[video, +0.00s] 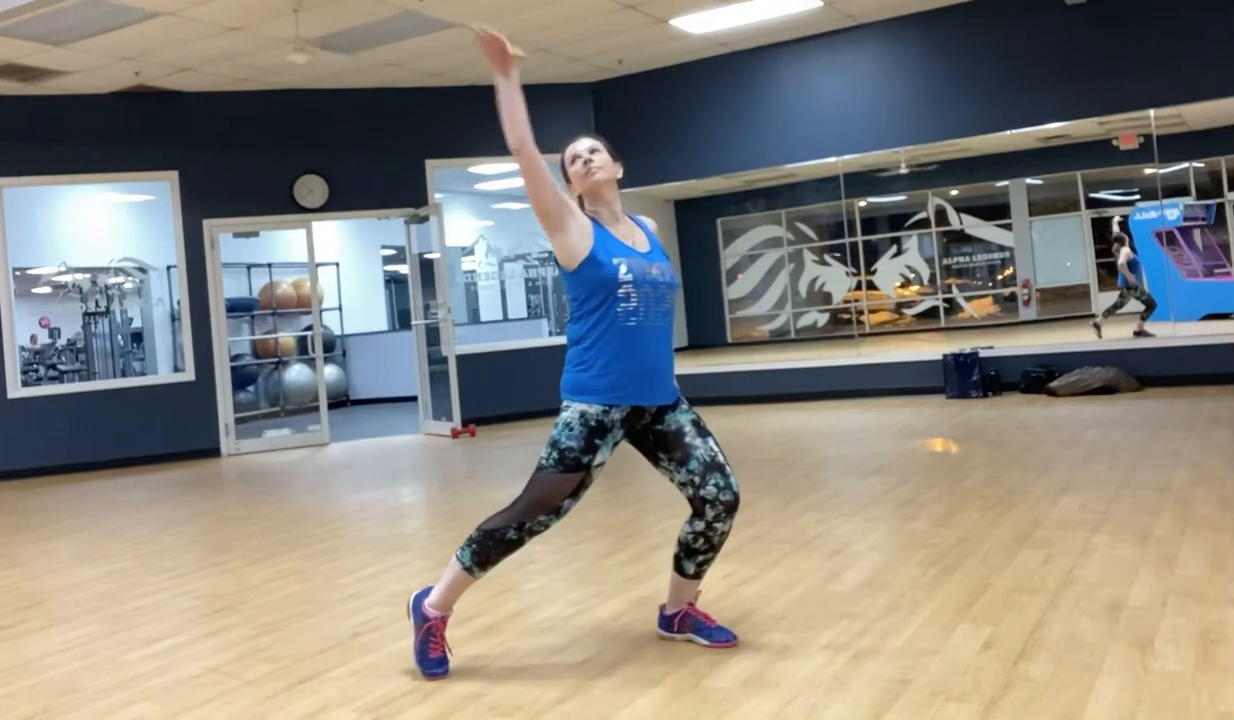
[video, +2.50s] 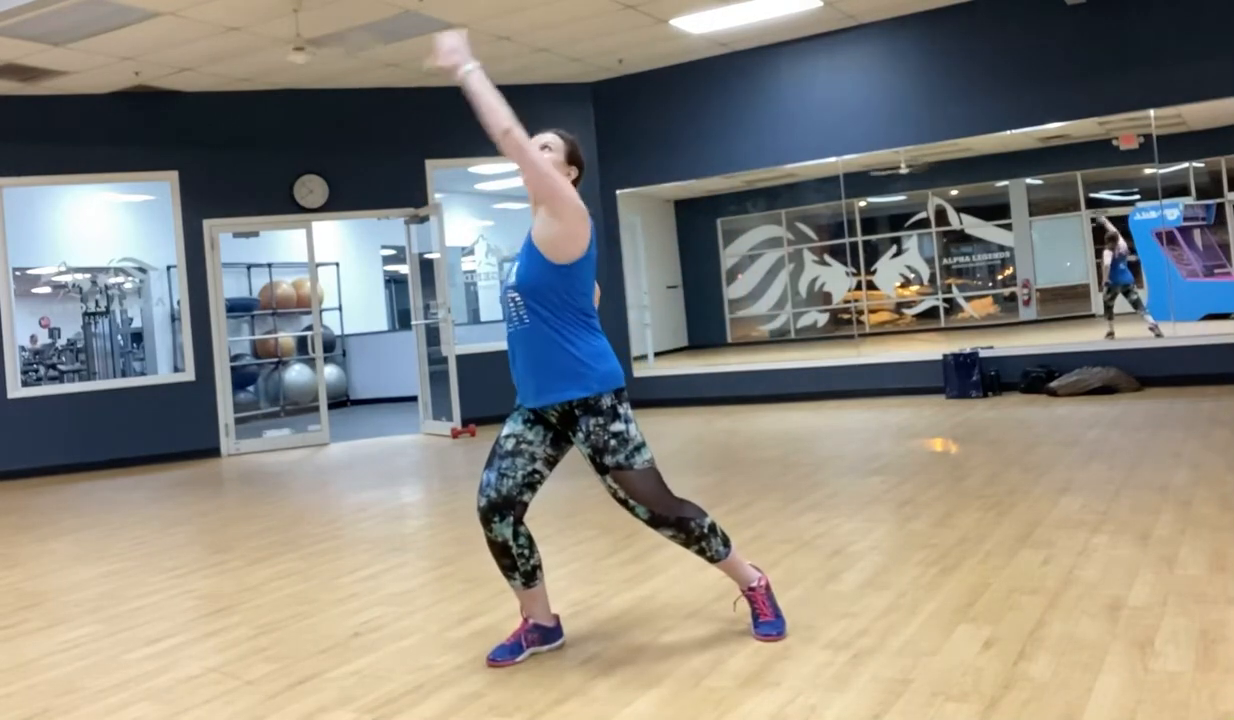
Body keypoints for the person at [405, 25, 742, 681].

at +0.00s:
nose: (585, 158)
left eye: (593, 151)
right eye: (574, 160)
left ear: (618, 169)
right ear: (571, 185)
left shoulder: (646, 229)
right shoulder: (571, 230)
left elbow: (645, 306)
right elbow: (525, 154)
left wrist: (649, 366)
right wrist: (507, 78)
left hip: (657, 399)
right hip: (594, 404)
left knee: (720, 498)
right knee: (537, 511)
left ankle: (679, 609)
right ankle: (433, 608)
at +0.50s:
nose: (575, 170)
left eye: (585, 160)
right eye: (566, 169)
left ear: (615, 171)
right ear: (565, 187)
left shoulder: (645, 234)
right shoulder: (562, 230)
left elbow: (655, 310)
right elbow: (473, 197)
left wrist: (659, 369)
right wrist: (400, 154)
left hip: (655, 400)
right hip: (589, 404)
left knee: (717, 497)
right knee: (531, 511)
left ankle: (679, 609)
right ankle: (429, 609)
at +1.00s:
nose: (572, 188)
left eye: (580, 175)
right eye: (563, 180)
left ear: (607, 169)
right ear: (556, 181)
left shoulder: (654, 221)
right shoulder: (551, 223)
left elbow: (716, 263)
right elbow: (470, 203)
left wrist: (712, 326)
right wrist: (399, 166)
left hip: (650, 389)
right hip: (571, 392)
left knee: (704, 495)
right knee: (524, 504)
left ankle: (678, 610)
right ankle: (460, 623)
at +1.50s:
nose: (532, 194)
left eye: (541, 180)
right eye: (521, 184)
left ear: (566, 168)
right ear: (513, 181)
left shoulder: (600, 213)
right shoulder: (526, 231)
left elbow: (687, 208)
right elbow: (534, 301)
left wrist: (769, 180)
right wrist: (519, 348)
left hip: (608, 390)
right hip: (542, 398)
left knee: (672, 497)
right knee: (501, 499)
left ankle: (752, 583)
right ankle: (539, 620)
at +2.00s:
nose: (526, 174)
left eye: (538, 165)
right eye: (521, 166)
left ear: (566, 174)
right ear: (517, 175)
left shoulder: (567, 231)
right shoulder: (542, 234)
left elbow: (507, 297)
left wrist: (441, 331)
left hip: (597, 398)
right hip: (544, 405)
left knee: (657, 508)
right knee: (491, 502)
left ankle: (753, 581)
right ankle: (540, 620)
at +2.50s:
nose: (528, 151)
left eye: (542, 147)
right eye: (530, 145)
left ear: (567, 169)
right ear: (544, 170)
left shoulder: (565, 209)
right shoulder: (546, 225)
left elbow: (506, 134)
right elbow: (584, 304)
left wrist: (467, 64)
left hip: (593, 398)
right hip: (539, 405)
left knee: (655, 507)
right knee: (496, 506)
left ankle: (752, 582)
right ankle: (539, 620)